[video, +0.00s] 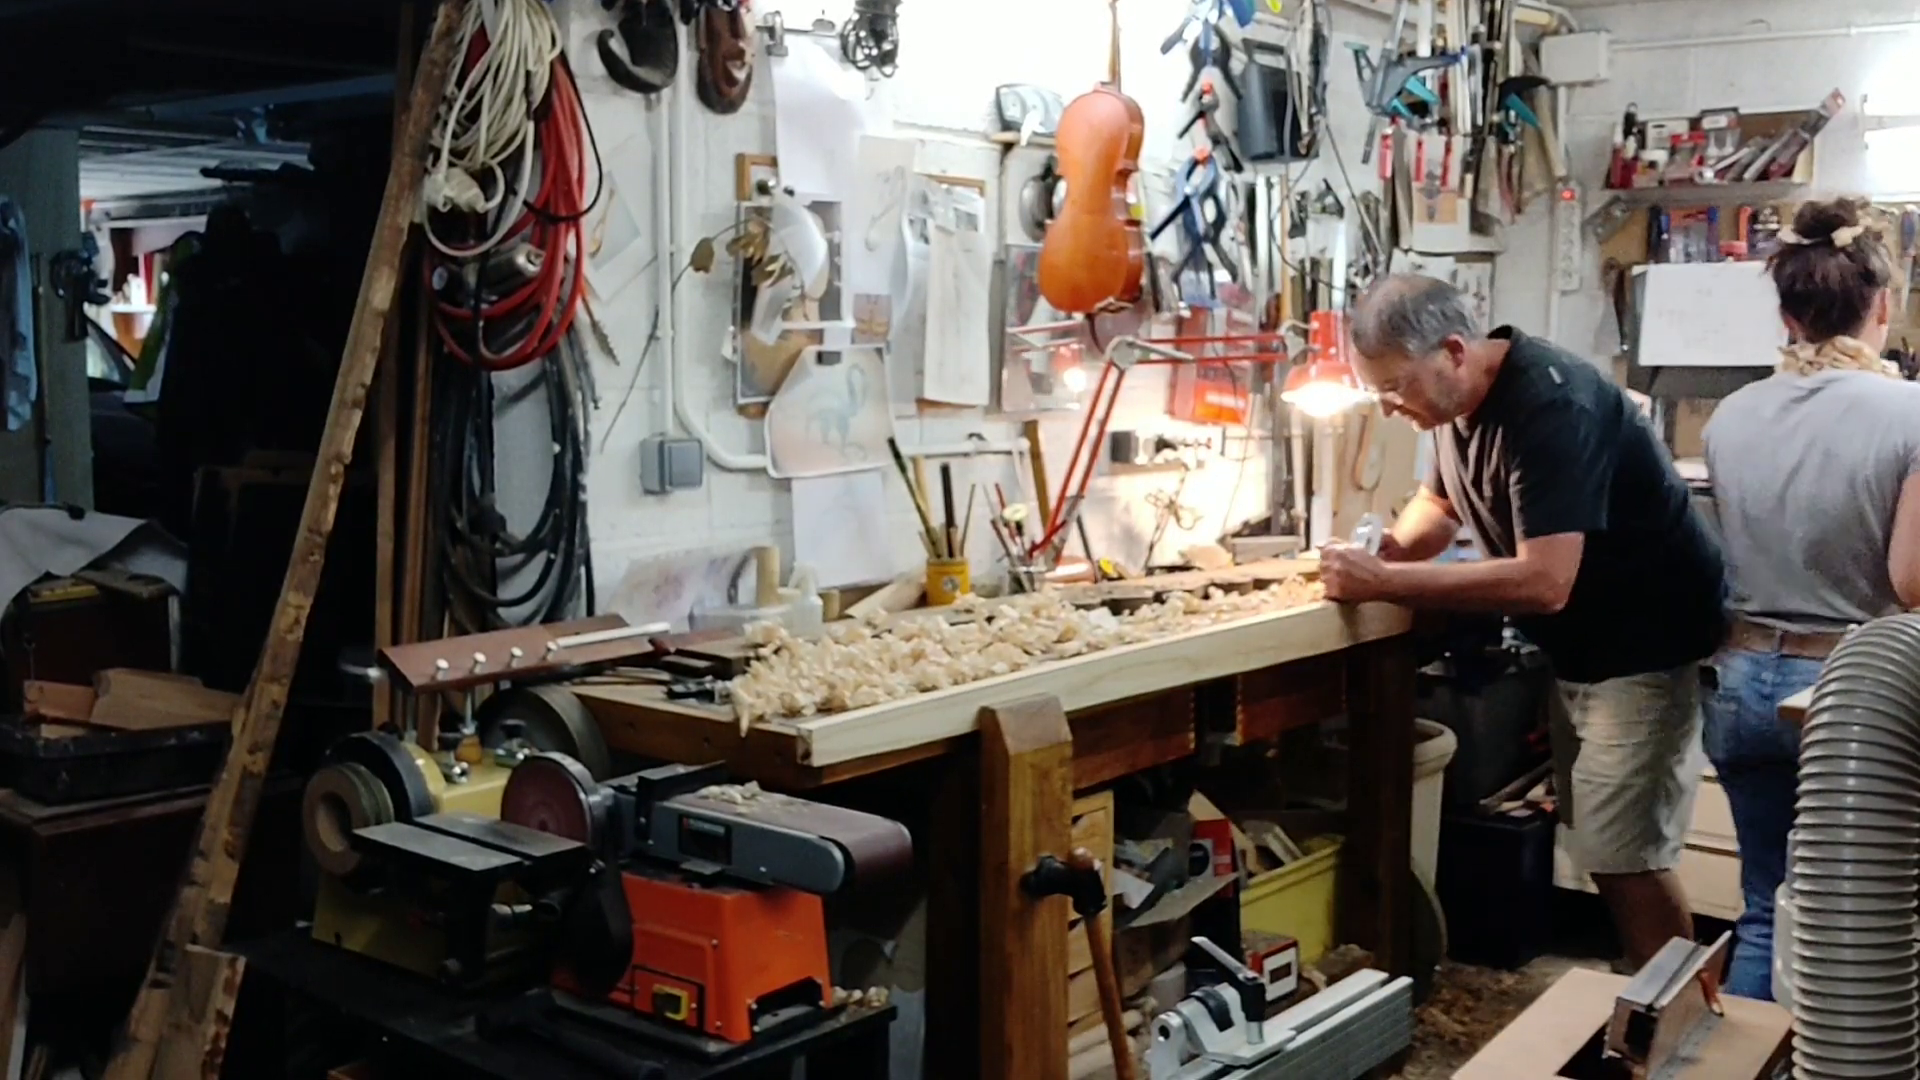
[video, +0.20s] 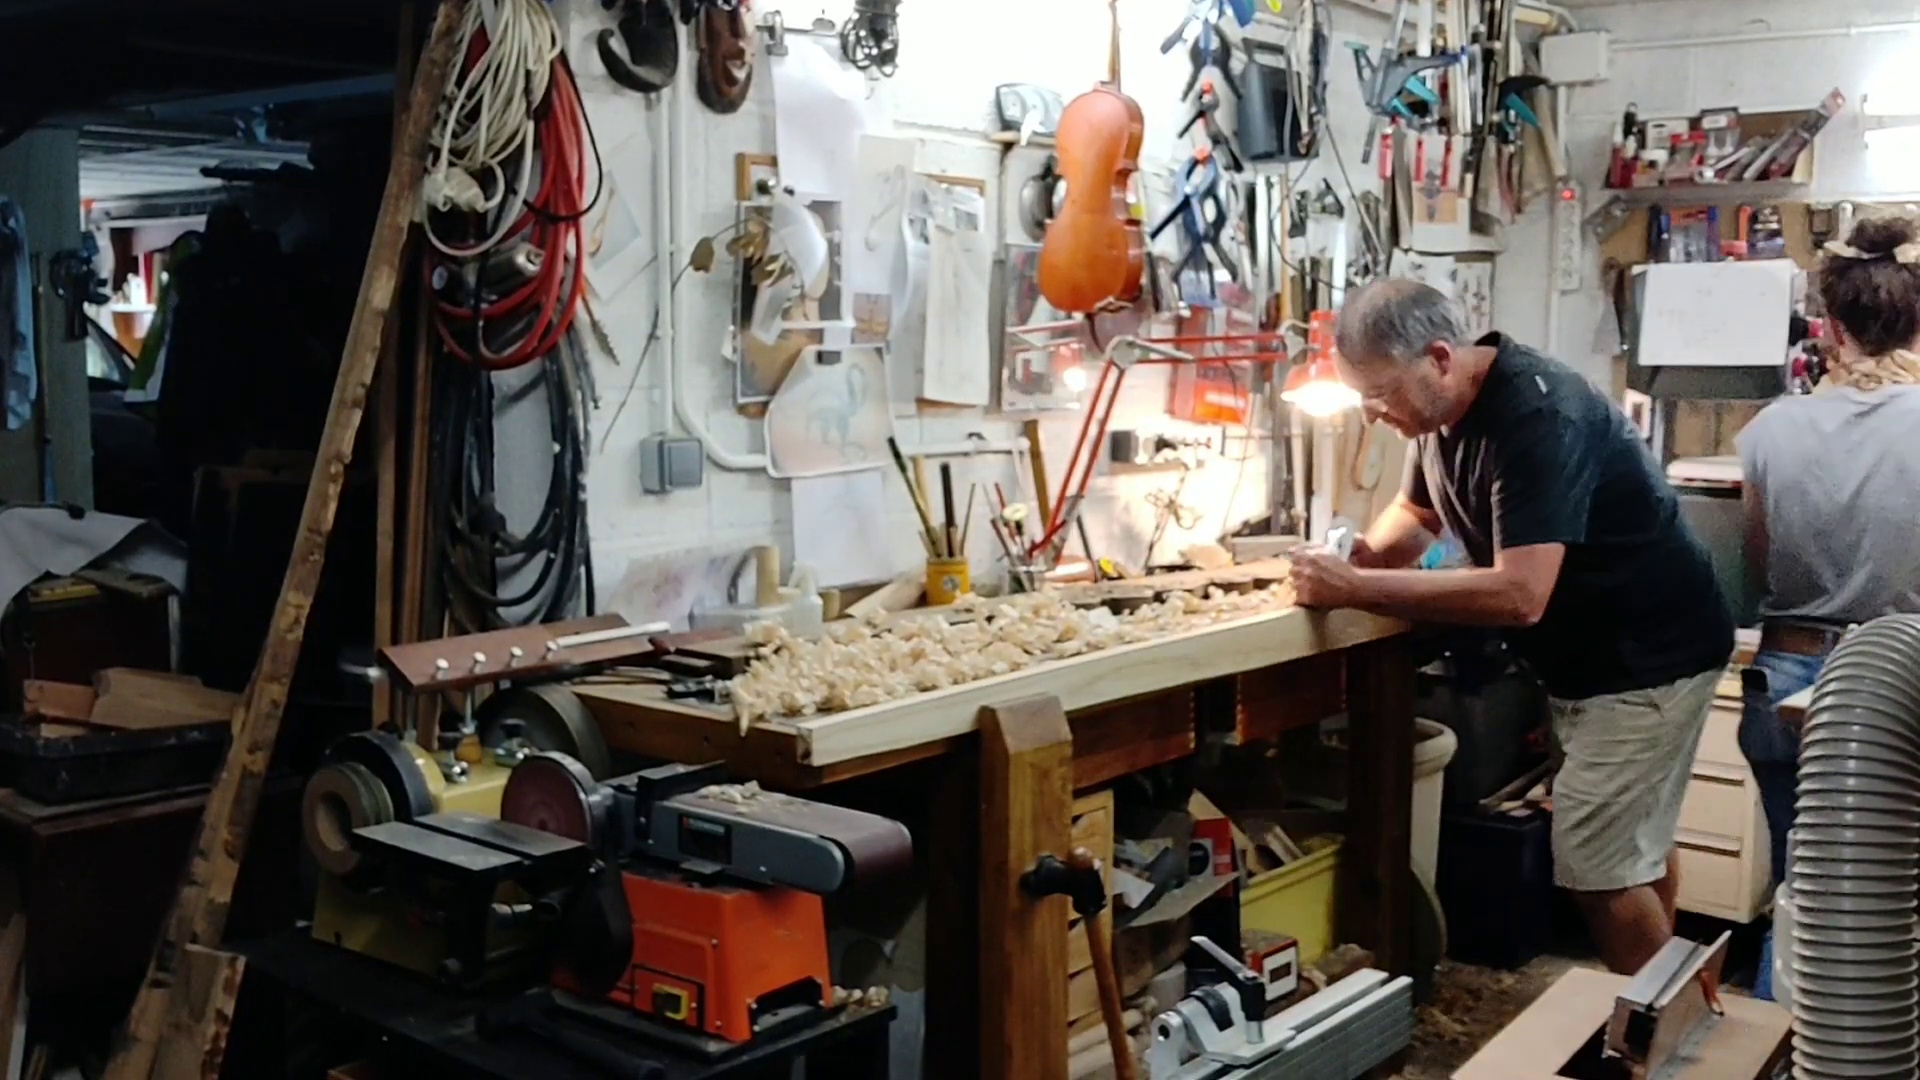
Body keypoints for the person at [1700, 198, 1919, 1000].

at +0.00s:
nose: (1893, 314)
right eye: (1891, 299)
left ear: (1786, 321)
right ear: (1881, 309)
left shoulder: (1729, 417)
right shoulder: (1905, 412)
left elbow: (1733, 543)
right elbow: (1906, 577)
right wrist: (1910, 653)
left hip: (1738, 669)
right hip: (1852, 677)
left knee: (1762, 897)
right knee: (1851, 900)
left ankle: (1749, 1059)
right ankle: (1838, 1060)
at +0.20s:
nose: (1812, 331)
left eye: (1817, 317)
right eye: (1817, 316)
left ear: (1832, 330)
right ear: (1916, 330)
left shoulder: (1771, 427)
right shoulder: (1918, 414)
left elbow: (1760, 571)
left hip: (1790, 674)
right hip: (1901, 677)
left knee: (1797, 869)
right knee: (1889, 871)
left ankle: (1791, 1036)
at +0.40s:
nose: (1839, 329)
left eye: (1840, 318)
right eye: (1838, 319)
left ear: (1861, 317)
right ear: (1918, 317)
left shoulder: (1801, 412)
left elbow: (1776, 563)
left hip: (1818, 660)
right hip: (1912, 662)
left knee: (1804, 834)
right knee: (1895, 852)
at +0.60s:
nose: (1804, 336)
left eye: (1807, 319)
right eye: (1802, 318)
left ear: (1844, 318)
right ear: (1897, 315)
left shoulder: (1813, 412)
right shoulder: (1915, 395)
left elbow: (1784, 562)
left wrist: (1722, 508)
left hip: (1826, 648)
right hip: (1911, 643)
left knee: (1780, 839)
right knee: (1891, 841)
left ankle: (1773, 997)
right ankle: (1878, 1008)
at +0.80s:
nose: (1746, 337)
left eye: (1752, 320)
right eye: (1746, 320)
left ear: (1800, 323)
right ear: (1817, 319)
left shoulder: (1788, 414)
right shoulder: (1899, 405)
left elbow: (1757, 562)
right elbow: (1909, 548)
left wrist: (1664, 518)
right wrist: (1823, 524)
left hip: (1796, 651)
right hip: (1879, 641)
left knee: (1753, 845)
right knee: (1842, 835)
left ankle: (1775, 1009)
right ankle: (1841, 1007)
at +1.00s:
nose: (1694, 341)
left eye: (1699, 323)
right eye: (1692, 324)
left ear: (1750, 319)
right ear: (1763, 317)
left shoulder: (1764, 411)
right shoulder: (1816, 392)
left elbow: (1700, 554)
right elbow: (1778, 507)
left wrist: (1590, 520)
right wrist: (1684, 504)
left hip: (1770, 638)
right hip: (1825, 625)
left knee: (1730, 831)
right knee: (1791, 818)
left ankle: (1750, 997)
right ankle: (1807, 978)